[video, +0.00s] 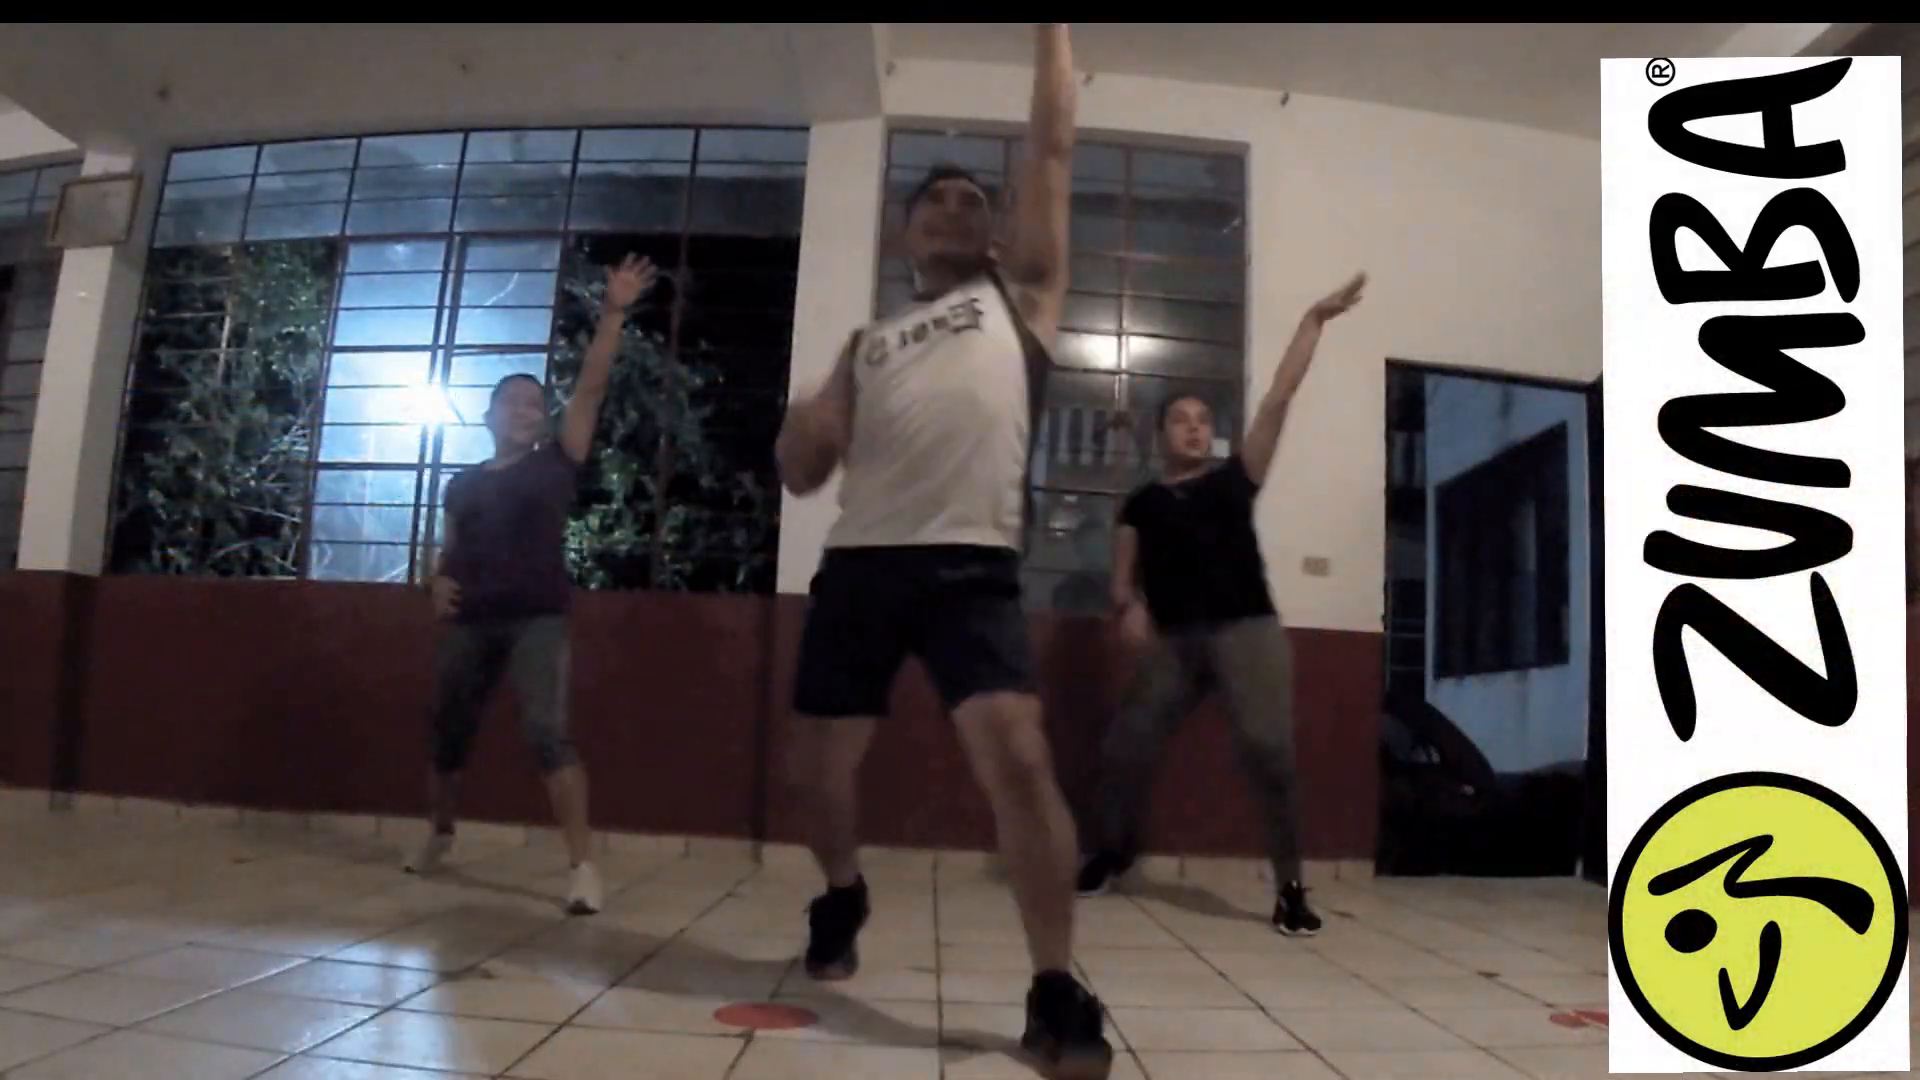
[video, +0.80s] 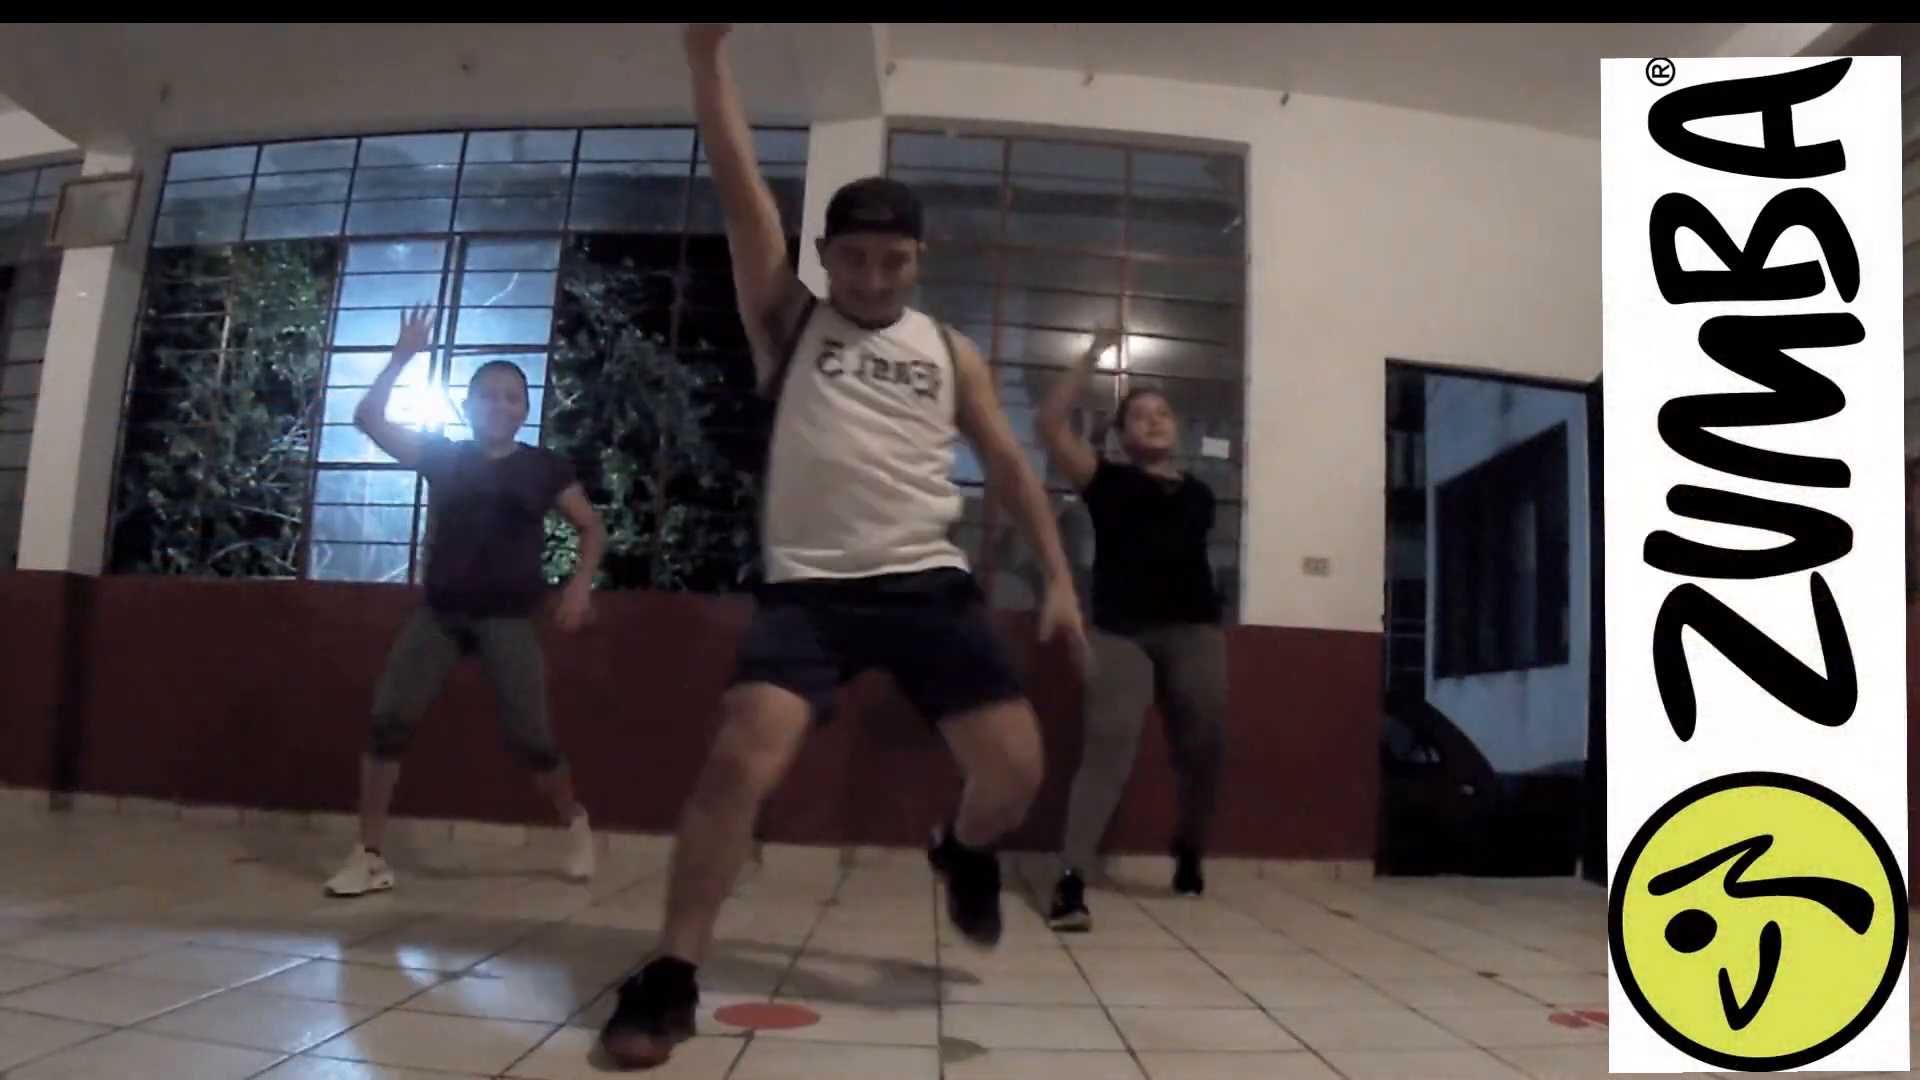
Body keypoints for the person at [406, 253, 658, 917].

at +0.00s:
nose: (528, 411)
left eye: (536, 405)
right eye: (517, 402)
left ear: (546, 419)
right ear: (493, 414)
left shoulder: (557, 465)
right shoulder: (465, 485)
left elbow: (591, 388)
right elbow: (449, 550)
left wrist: (615, 310)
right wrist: (440, 583)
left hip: (539, 613)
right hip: (473, 613)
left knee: (547, 734)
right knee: (447, 725)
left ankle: (582, 866)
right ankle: (439, 833)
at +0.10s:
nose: (538, 406)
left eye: (547, 400)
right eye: (527, 399)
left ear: (557, 416)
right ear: (504, 415)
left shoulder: (575, 461)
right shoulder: (479, 489)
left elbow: (618, 390)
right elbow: (455, 557)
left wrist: (623, 307)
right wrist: (443, 554)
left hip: (548, 617)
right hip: (479, 616)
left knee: (550, 739)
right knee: (435, 727)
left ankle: (582, 866)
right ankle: (442, 814)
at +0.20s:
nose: (537, 404)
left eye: (548, 397)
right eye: (526, 397)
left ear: (565, 412)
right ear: (508, 413)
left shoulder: (582, 461)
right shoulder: (487, 477)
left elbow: (640, 400)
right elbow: (420, 507)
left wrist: (627, 319)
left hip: (548, 618)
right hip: (481, 614)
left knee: (549, 738)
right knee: (416, 720)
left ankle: (581, 868)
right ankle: (438, 821)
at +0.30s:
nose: (535, 404)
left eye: (547, 397)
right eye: (526, 395)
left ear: (564, 413)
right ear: (507, 406)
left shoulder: (577, 466)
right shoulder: (477, 460)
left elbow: (642, 422)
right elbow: (411, 415)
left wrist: (632, 345)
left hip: (544, 617)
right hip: (474, 613)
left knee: (551, 739)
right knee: (403, 715)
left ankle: (581, 867)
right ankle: (398, 838)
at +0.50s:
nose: (515, 425)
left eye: (527, 418)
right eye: (506, 413)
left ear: (540, 433)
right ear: (485, 420)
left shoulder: (541, 493)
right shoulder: (451, 458)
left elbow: (611, 508)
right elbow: (428, 367)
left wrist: (604, 426)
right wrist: (426, 283)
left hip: (512, 619)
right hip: (441, 616)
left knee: (537, 738)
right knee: (381, 735)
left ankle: (581, 868)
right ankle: (374, 861)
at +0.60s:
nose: (511, 416)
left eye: (520, 409)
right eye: (501, 405)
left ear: (526, 418)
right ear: (475, 406)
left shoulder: (532, 480)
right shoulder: (436, 449)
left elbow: (587, 543)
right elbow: (395, 365)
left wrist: (578, 497)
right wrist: (419, 292)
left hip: (505, 616)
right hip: (432, 615)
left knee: (540, 725)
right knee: (378, 727)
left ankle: (575, 860)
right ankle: (372, 860)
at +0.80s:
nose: (499, 406)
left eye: (510, 398)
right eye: (489, 395)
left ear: (525, 409)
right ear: (470, 403)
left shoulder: (542, 469)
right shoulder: (443, 456)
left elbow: (592, 528)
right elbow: (369, 419)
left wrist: (579, 586)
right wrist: (403, 354)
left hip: (510, 618)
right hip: (441, 614)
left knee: (530, 738)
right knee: (387, 721)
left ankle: (576, 824)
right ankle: (369, 856)